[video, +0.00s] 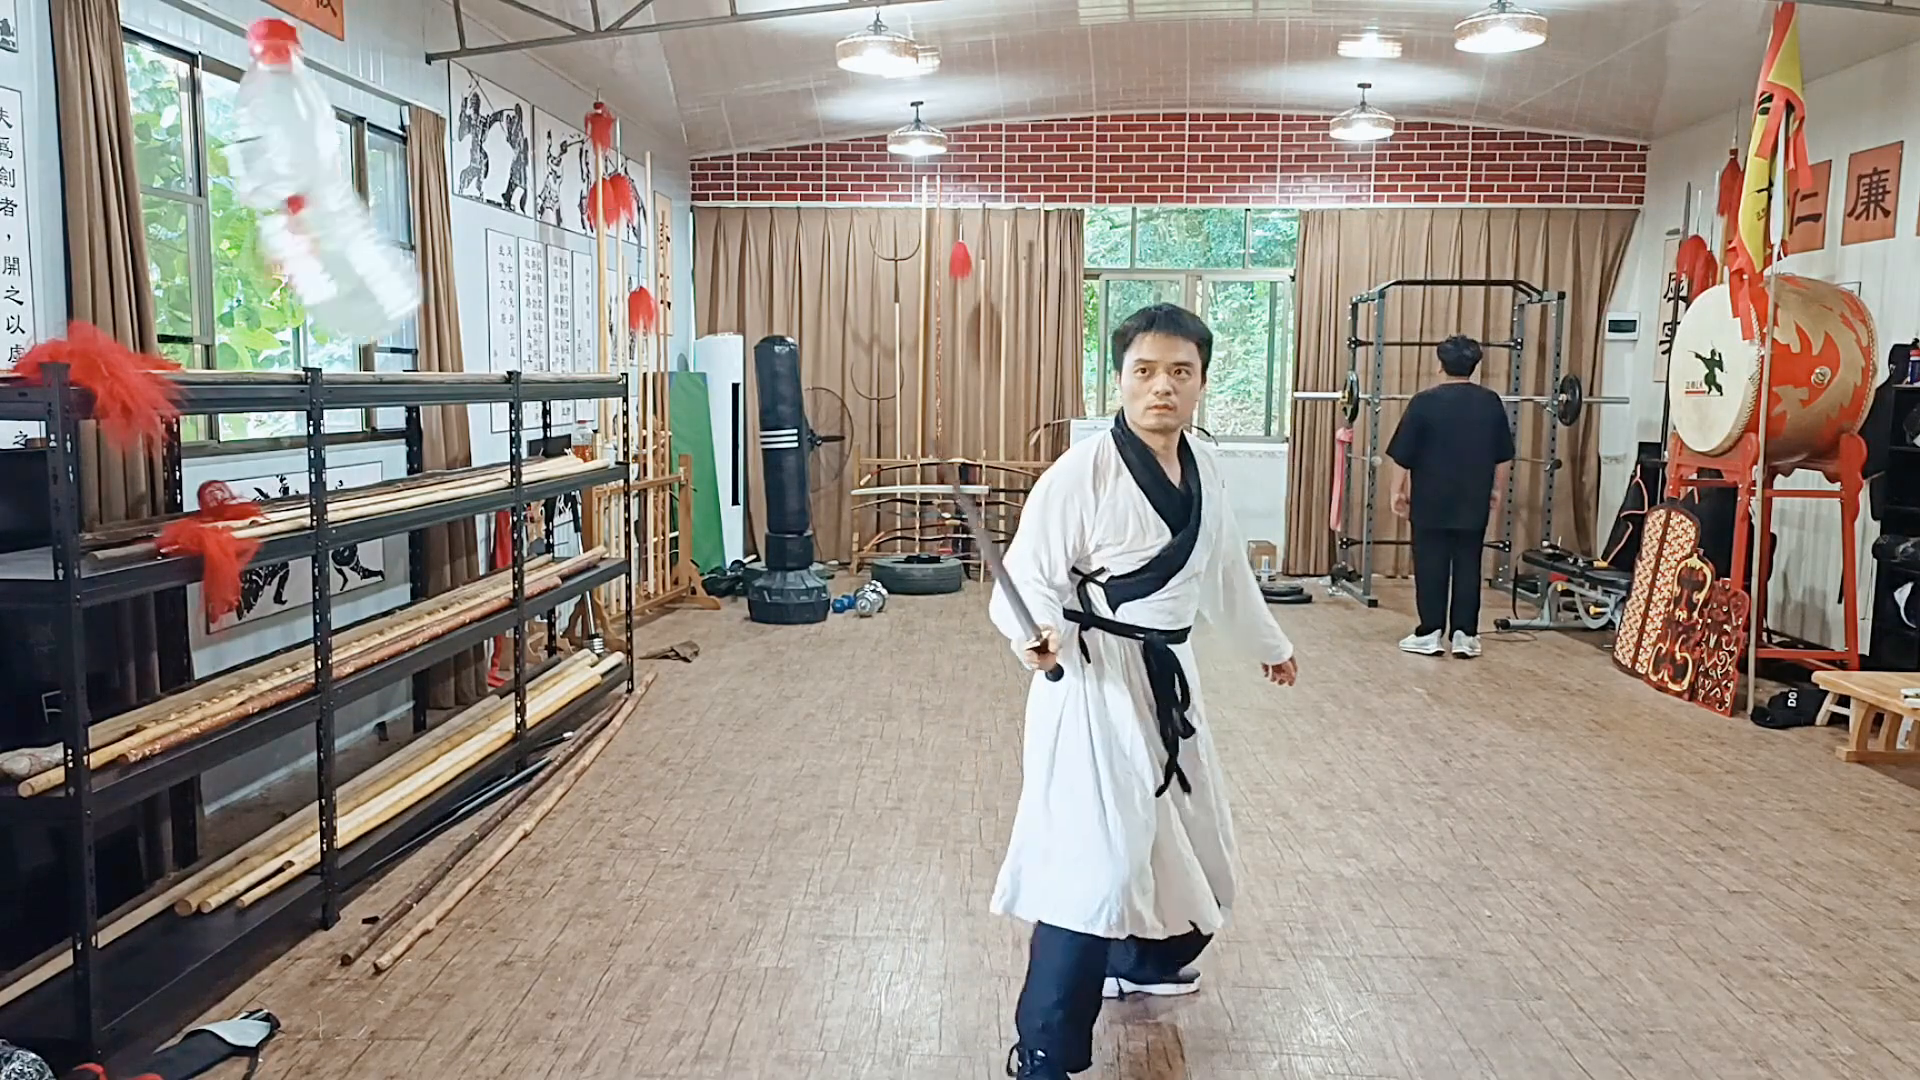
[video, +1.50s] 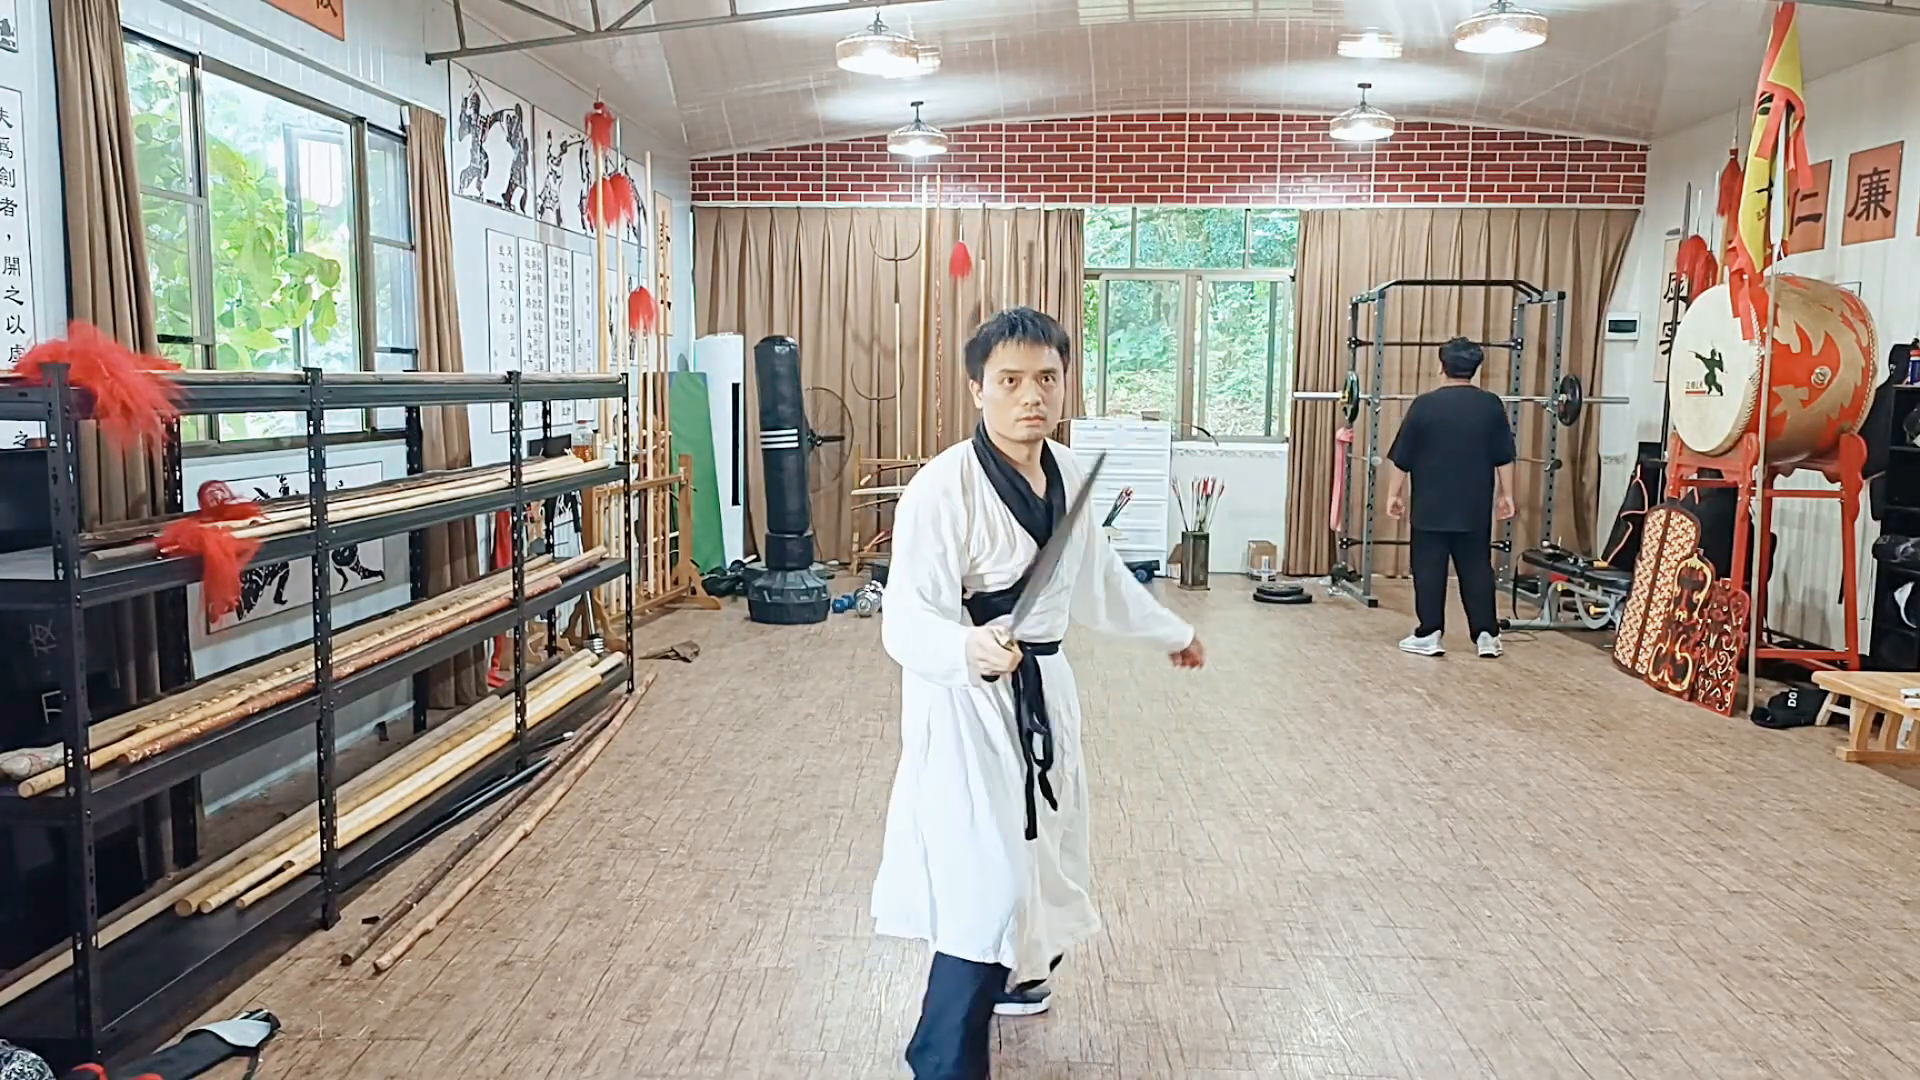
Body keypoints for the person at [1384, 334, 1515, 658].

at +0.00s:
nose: (1437, 365)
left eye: (1439, 361)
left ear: (1441, 365)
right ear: (1474, 366)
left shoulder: (1425, 401)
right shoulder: (1490, 401)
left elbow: (1403, 454)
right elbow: (1503, 456)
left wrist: (1397, 490)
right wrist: (1498, 495)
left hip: (1430, 503)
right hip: (1473, 503)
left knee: (1431, 568)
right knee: (1468, 568)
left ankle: (1430, 634)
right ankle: (1464, 635)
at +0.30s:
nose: (1433, 365)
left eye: (1436, 361)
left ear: (1437, 364)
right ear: (1470, 366)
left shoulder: (1420, 400)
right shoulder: (1485, 401)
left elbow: (1398, 454)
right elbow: (1499, 453)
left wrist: (1391, 488)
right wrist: (1497, 489)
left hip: (1426, 503)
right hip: (1469, 504)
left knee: (1429, 568)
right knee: (1466, 568)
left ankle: (1429, 634)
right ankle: (1464, 635)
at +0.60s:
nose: (1428, 365)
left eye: (1431, 360)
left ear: (1433, 365)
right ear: (1465, 366)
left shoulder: (1415, 400)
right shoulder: (1481, 401)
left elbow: (1394, 453)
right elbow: (1496, 452)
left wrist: (1386, 489)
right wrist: (1499, 491)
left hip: (1422, 505)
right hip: (1465, 505)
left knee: (1424, 569)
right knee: (1462, 568)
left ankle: (1428, 634)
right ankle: (1464, 635)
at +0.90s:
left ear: (1428, 366)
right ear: (1461, 367)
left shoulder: (1409, 402)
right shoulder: (1477, 404)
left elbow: (1387, 455)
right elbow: (1491, 457)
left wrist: (1383, 490)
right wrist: (1489, 494)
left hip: (1418, 506)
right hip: (1461, 506)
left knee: (1422, 570)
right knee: (1460, 569)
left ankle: (1427, 635)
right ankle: (1464, 636)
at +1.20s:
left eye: (1426, 362)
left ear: (1426, 366)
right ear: (1459, 368)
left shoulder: (1408, 404)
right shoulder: (1475, 404)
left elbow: (1388, 457)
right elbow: (1491, 455)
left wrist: (1383, 491)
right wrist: (1491, 491)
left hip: (1418, 508)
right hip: (1463, 507)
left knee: (1422, 572)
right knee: (1469, 565)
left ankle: (1428, 635)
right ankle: (1480, 628)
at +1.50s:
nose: (1438, 368)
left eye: (1440, 364)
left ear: (1442, 368)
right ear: (1475, 369)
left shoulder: (1425, 404)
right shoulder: (1490, 405)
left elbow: (1402, 456)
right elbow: (1503, 456)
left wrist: (1394, 493)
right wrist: (1507, 494)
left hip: (1430, 508)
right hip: (1474, 508)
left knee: (1429, 571)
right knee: (1476, 570)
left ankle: (1429, 634)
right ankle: (1486, 635)